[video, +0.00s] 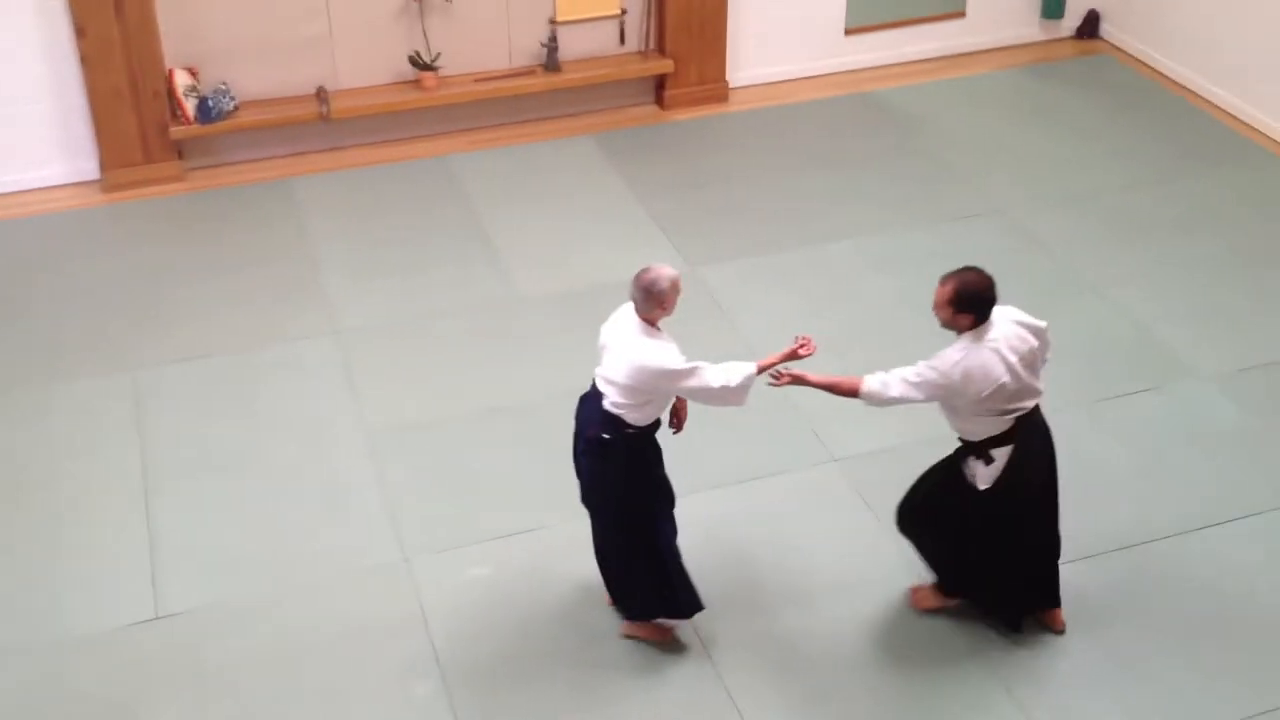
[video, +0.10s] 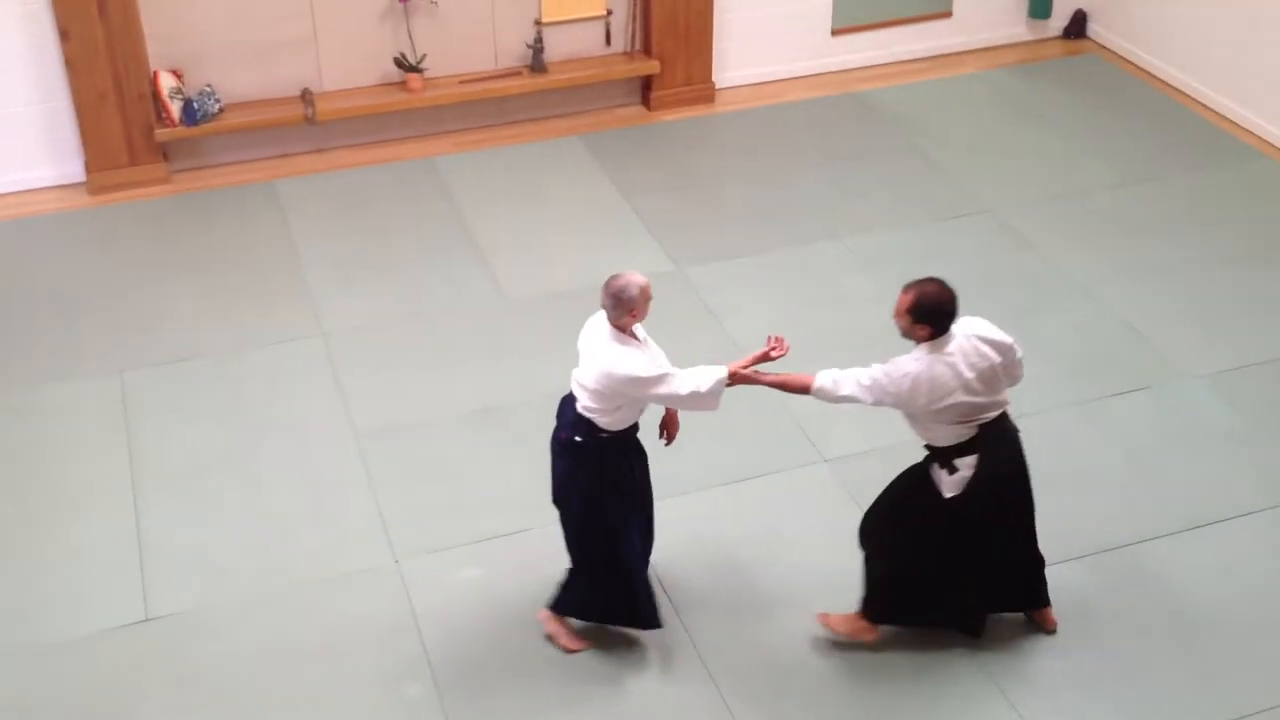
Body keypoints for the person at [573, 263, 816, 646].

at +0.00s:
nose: (677, 295)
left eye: (675, 290)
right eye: (674, 292)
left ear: (640, 295)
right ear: (664, 305)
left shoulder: (625, 315)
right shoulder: (653, 359)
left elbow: (647, 365)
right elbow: (718, 380)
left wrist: (676, 395)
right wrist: (782, 356)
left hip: (596, 415)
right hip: (615, 443)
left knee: (615, 513)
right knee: (635, 523)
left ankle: (622, 584)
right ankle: (638, 618)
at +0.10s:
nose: (649, 304)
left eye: (647, 299)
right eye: (645, 301)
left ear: (617, 303)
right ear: (631, 312)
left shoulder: (612, 320)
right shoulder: (616, 365)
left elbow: (658, 363)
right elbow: (683, 384)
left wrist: (671, 408)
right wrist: (754, 358)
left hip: (617, 434)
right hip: (586, 446)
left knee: (632, 513)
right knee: (601, 532)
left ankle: (625, 576)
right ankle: (555, 613)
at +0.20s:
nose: (616, 312)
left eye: (614, 307)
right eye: (611, 309)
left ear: (586, 317)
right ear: (592, 322)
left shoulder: (589, 328)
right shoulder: (578, 368)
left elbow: (631, 369)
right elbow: (644, 390)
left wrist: (651, 422)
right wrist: (707, 355)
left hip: (595, 439)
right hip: (558, 451)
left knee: (614, 511)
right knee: (554, 535)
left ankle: (609, 585)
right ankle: (497, 606)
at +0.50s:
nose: (519, 324)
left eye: (519, 316)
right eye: (510, 321)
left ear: (519, 307)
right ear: (483, 324)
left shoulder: (533, 333)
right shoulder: (476, 371)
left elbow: (561, 395)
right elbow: (526, 412)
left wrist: (565, 459)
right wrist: (579, 393)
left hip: (541, 446)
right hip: (492, 459)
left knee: (569, 518)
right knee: (484, 537)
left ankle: (585, 588)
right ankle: (469, 610)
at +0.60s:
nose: (493, 325)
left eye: (495, 315)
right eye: (483, 319)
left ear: (499, 307)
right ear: (459, 319)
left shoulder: (520, 336)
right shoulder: (453, 365)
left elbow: (543, 406)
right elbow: (490, 418)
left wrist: (531, 470)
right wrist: (546, 405)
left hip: (526, 446)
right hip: (473, 457)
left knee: (553, 520)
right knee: (467, 538)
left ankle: (581, 593)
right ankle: (460, 614)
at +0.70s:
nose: (477, 325)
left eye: (480, 314)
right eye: (467, 318)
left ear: (486, 308)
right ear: (447, 317)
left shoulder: (512, 340)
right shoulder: (441, 361)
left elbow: (535, 410)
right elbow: (464, 416)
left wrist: (503, 471)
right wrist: (512, 414)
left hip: (520, 448)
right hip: (465, 456)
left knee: (543, 523)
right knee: (457, 537)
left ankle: (570, 592)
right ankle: (456, 613)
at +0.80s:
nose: (463, 326)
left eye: (469, 315)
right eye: (454, 318)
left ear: (480, 303)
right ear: (440, 314)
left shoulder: (508, 343)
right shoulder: (433, 356)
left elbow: (521, 416)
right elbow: (445, 408)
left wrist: (483, 474)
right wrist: (478, 415)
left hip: (513, 447)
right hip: (460, 450)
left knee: (538, 521)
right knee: (450, 532)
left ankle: (571, 590)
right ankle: (457, 615)